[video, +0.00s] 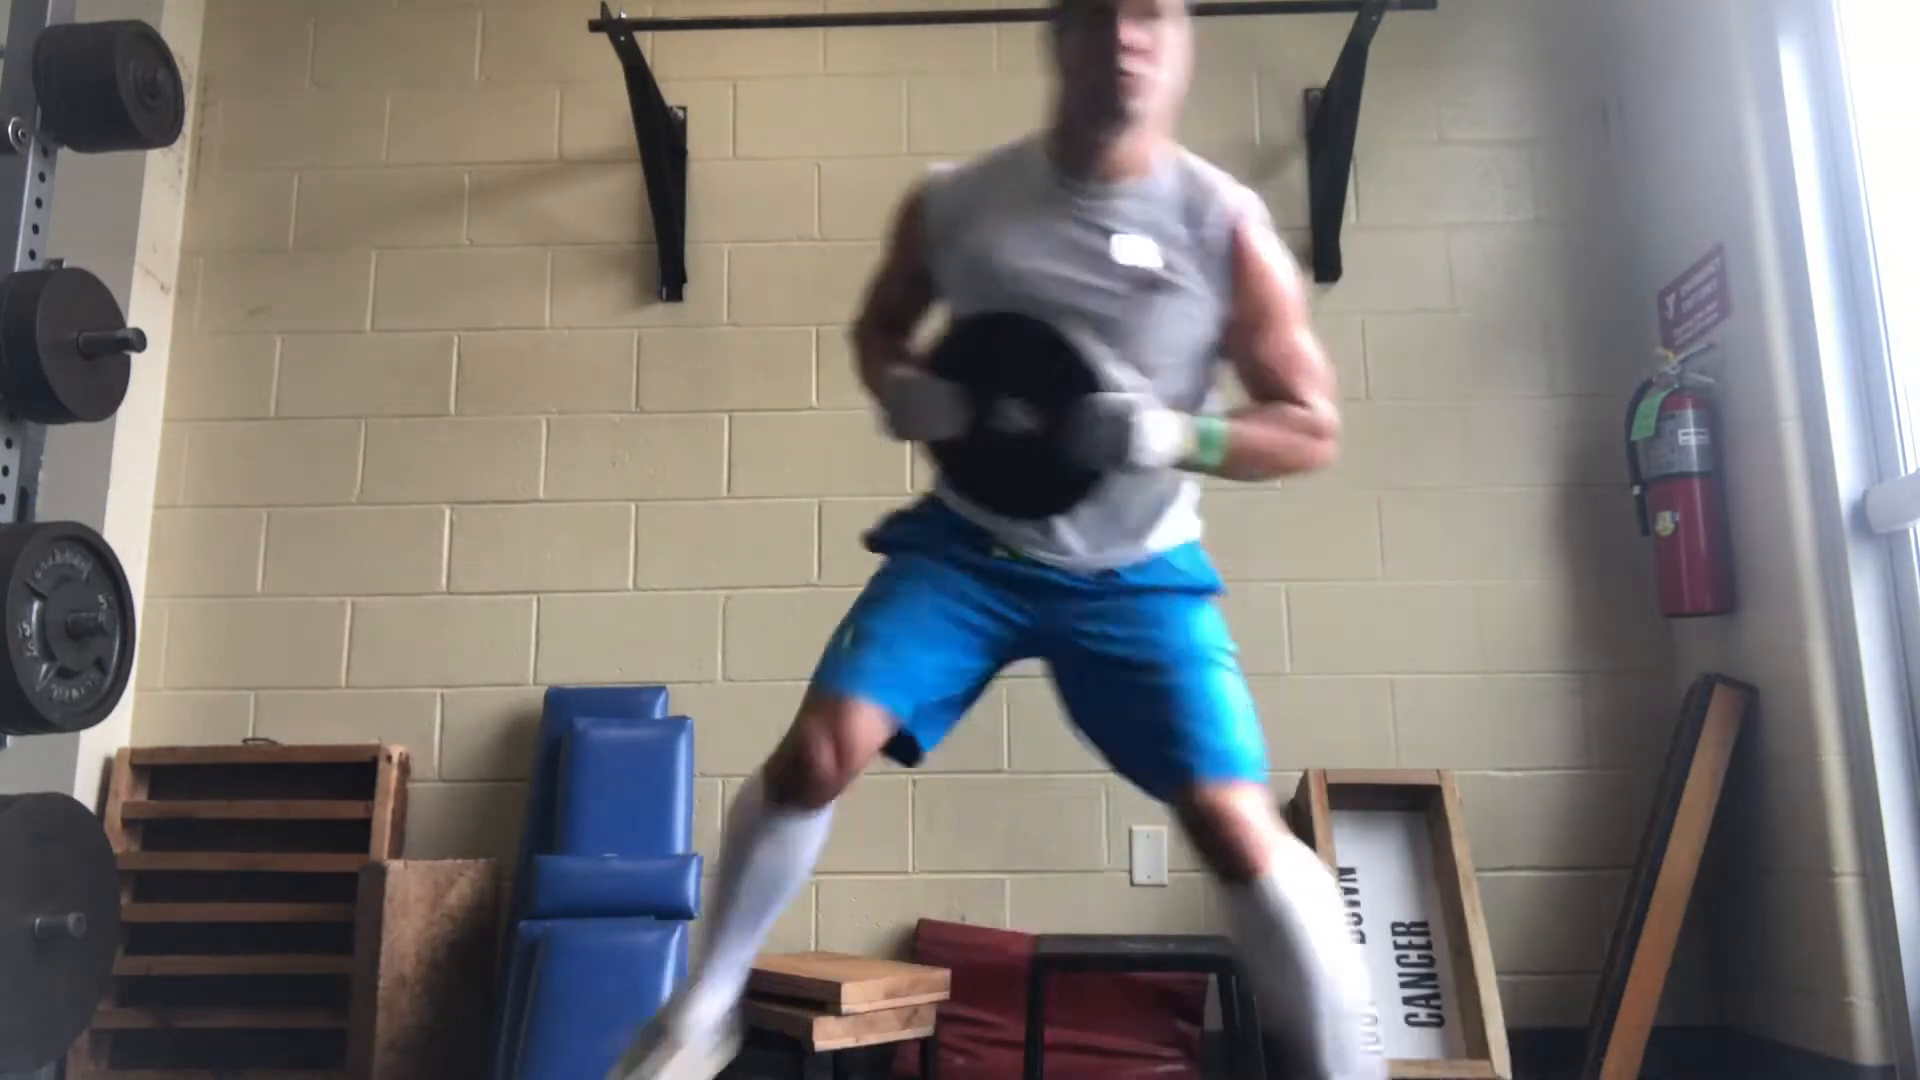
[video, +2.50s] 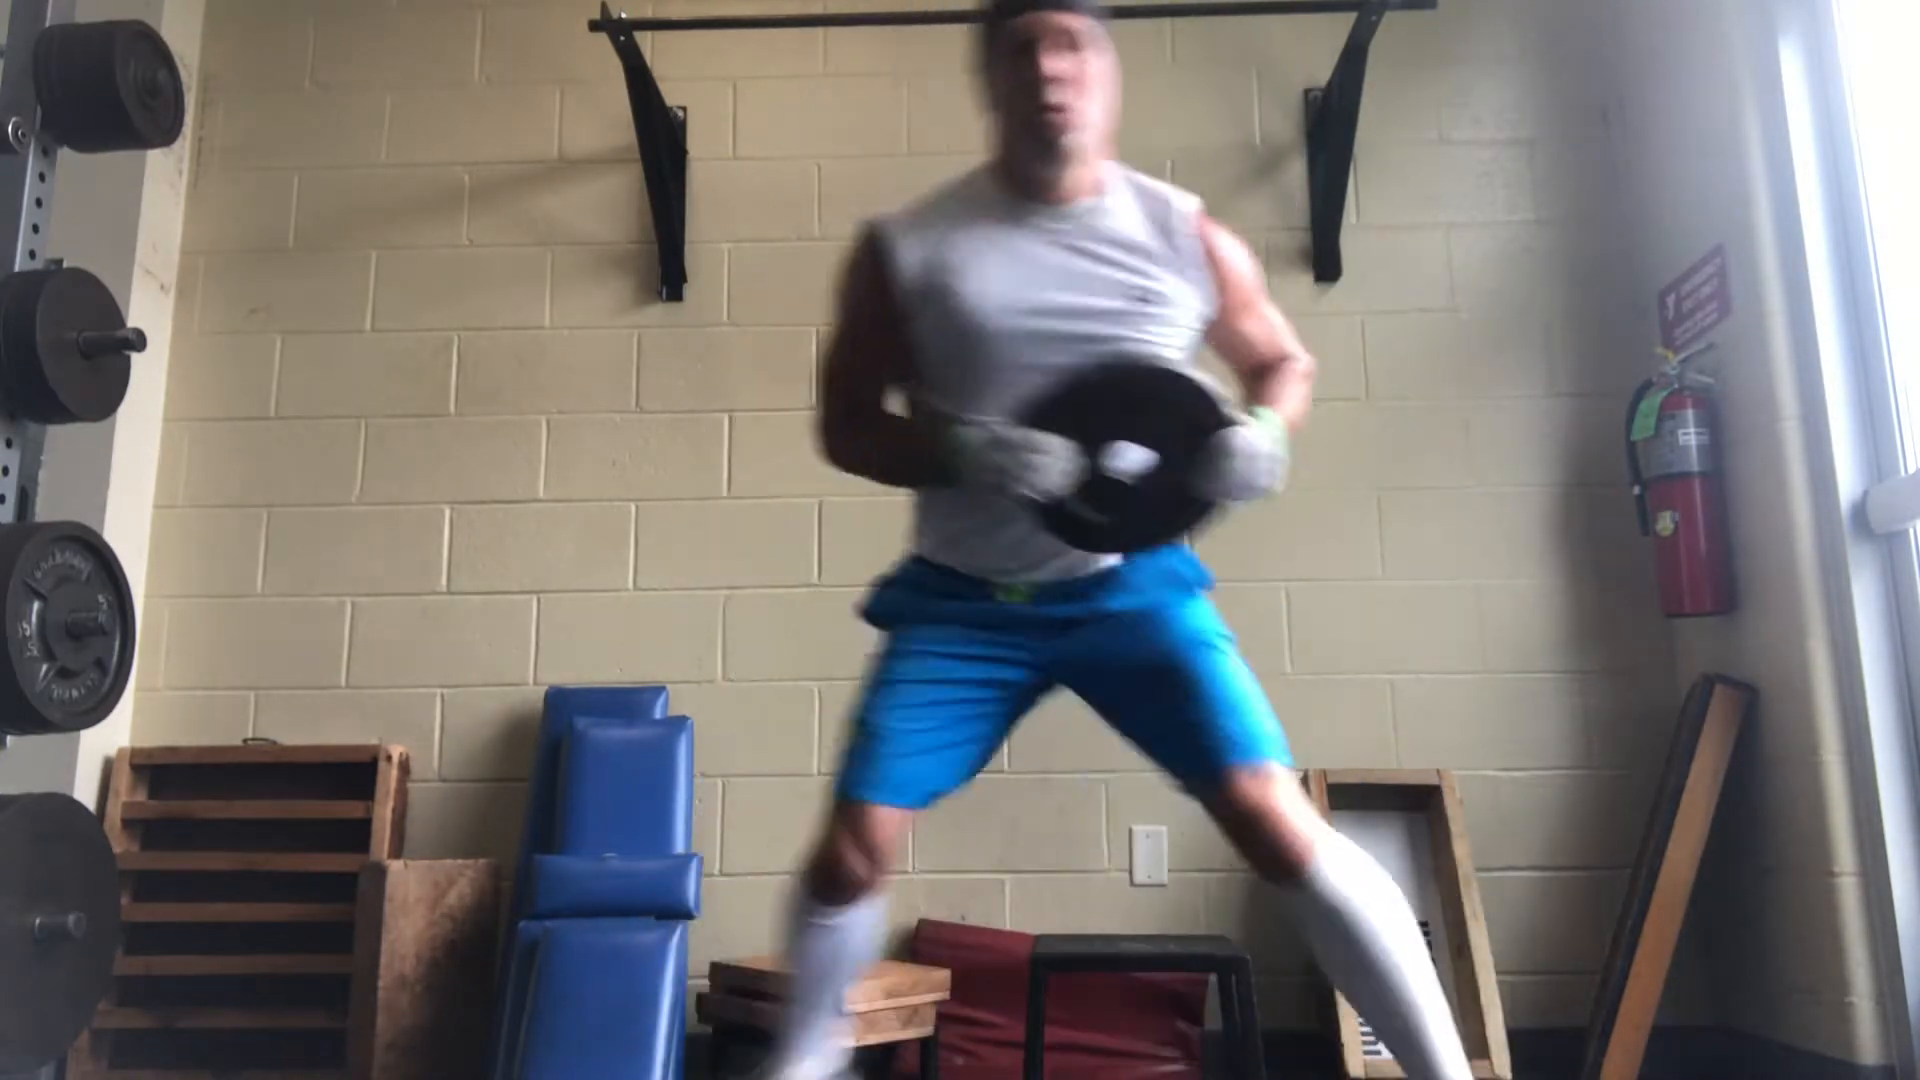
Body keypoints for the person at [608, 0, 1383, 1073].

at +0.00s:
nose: (1124, 38)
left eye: (1151, 18)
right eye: (1096, 16)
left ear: (1188, 52)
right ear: (1055, 42)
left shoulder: (1223, 223)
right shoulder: (952, 207)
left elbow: (1311, 429)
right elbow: (877, 333)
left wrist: (1171, 436)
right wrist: (907, 395)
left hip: (1141, 578)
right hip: (964, 554)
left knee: (1235, 826)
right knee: (817, 751)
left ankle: (1355, 1068)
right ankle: (691, 1028)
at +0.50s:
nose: (1069, 42)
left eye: (1094, 19)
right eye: (1039, 22)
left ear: (1133, 43)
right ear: (1001, 50)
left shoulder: (1206, 217)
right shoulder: (918, 226)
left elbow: (1358, 360)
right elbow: (865, 385)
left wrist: (1275, 408)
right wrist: (956, 422)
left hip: (1166, 575)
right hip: (986, 587)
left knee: (1287, 801)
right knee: (871, 835)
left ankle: (1477, 1067)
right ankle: (786, 1067)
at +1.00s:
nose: (1099, 25)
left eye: (1122, 6)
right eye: (1067, 7)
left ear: (1155, 37)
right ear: (1023, 33)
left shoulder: (1210, 212)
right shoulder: (936, 214)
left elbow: (1332, 404)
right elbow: (887, 362)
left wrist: (1173, 430)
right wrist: (916, 410)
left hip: (1152, 581)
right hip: (972, 562)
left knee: (1249, 829)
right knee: (823, 780)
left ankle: (1361, 1073)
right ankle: (690, 1053)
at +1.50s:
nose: (1088, 72)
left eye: (1111, 50)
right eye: (1060, 53)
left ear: (1151, 82)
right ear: (1021, 86)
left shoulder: (1220, 247)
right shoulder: (938, 262)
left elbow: (1333, 395)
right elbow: (879, 434)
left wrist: (1292, 451)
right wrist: (981, 467)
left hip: (1180, 606)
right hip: (998, 616)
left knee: (1317, 813)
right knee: (874, 857)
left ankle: (1501, 1068)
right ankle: (771, 1066)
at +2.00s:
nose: (1053, 57)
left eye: (1079, 35)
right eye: (1028, 34)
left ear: (1113, 66)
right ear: (992, 62)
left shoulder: (1169, 235)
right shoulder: (906, 240)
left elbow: (1261, 446)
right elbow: (840, 414)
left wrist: (1100, 456)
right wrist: (877, 429)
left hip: (1118, 594)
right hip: (941, 582)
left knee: (1209, 832)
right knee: (793, 805)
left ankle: (1308, 1075)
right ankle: (646, 1062)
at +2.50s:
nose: (1052, 71)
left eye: (1073, 46)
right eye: (1025, 50)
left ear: (1111, 74)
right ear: (989, 81)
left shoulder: (1187, 238)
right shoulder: (902, 250)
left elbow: (1285, 364)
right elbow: (846, 428)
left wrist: (1265, 433)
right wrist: (958, 453)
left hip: (1137, 594)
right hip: (962, 604)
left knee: (1274, 823)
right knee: (854, 846)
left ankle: (1448, 1070)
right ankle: (802, 1065)